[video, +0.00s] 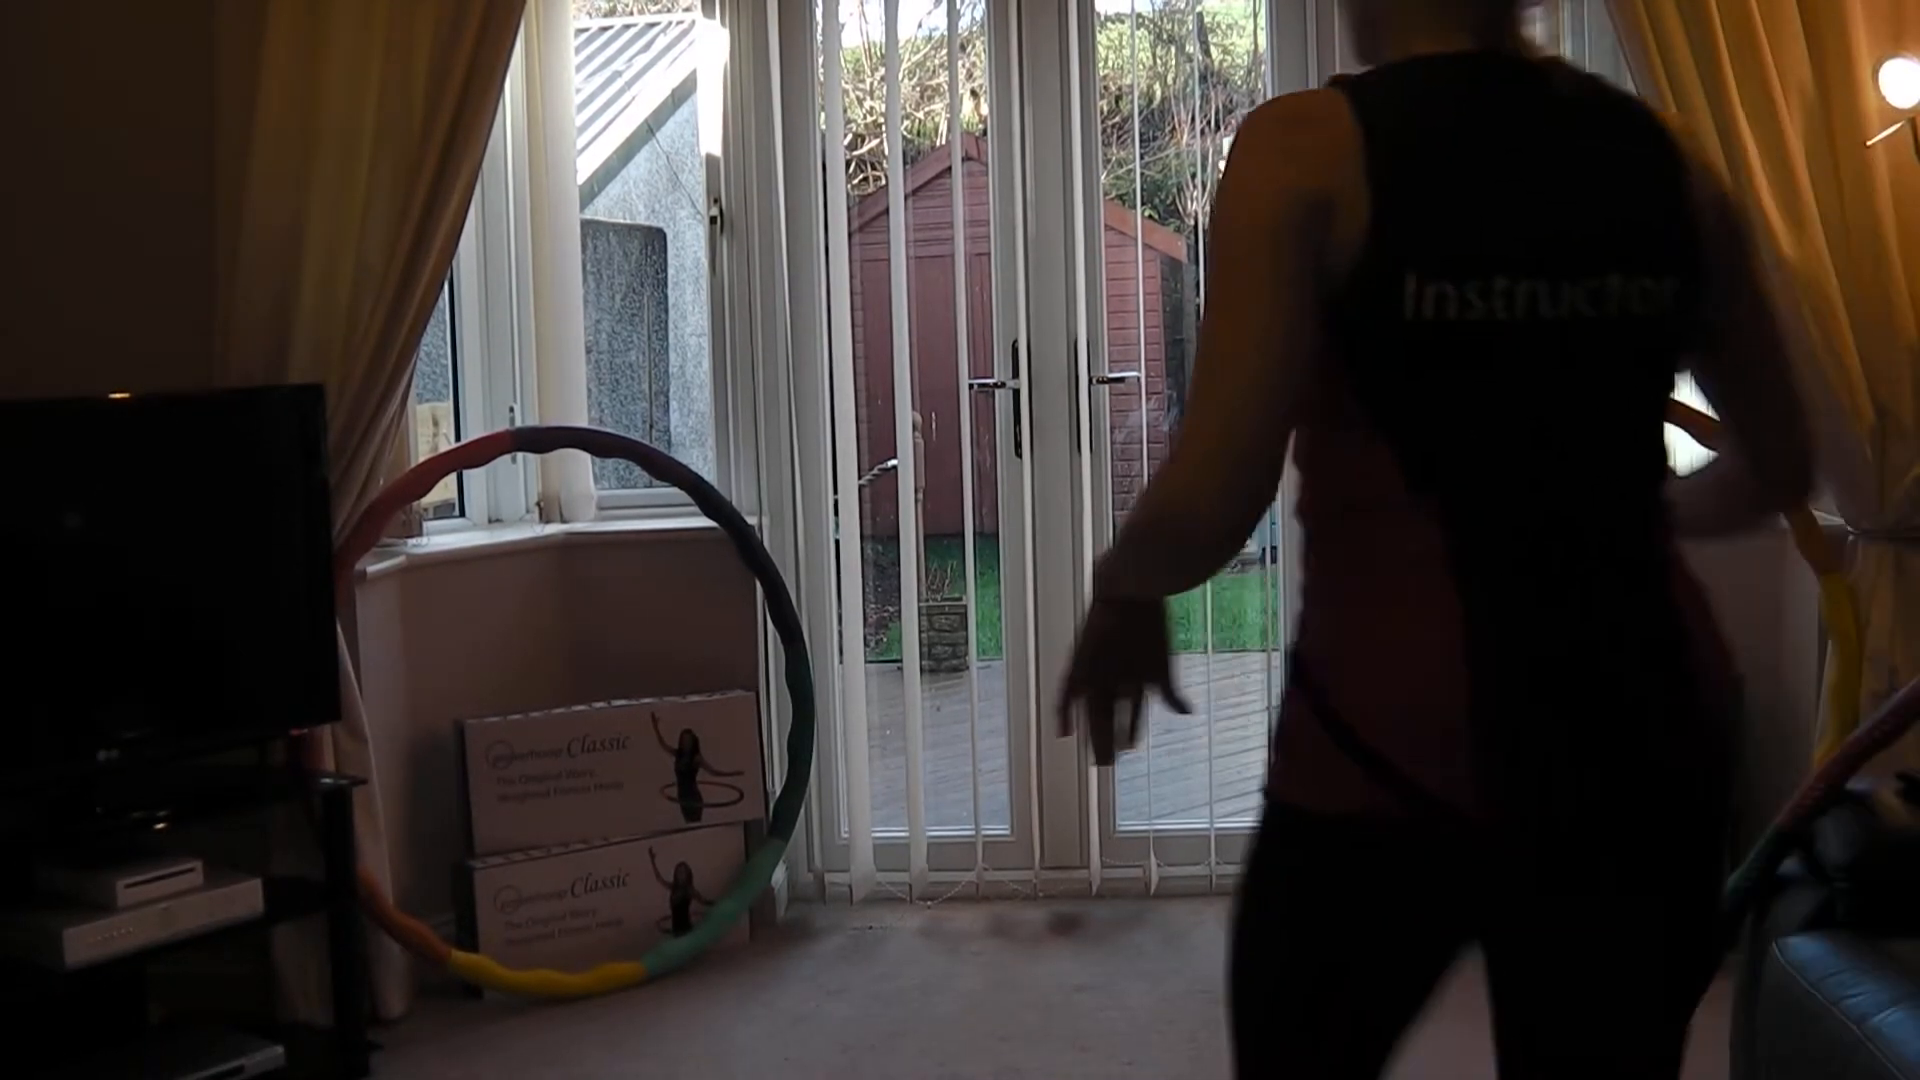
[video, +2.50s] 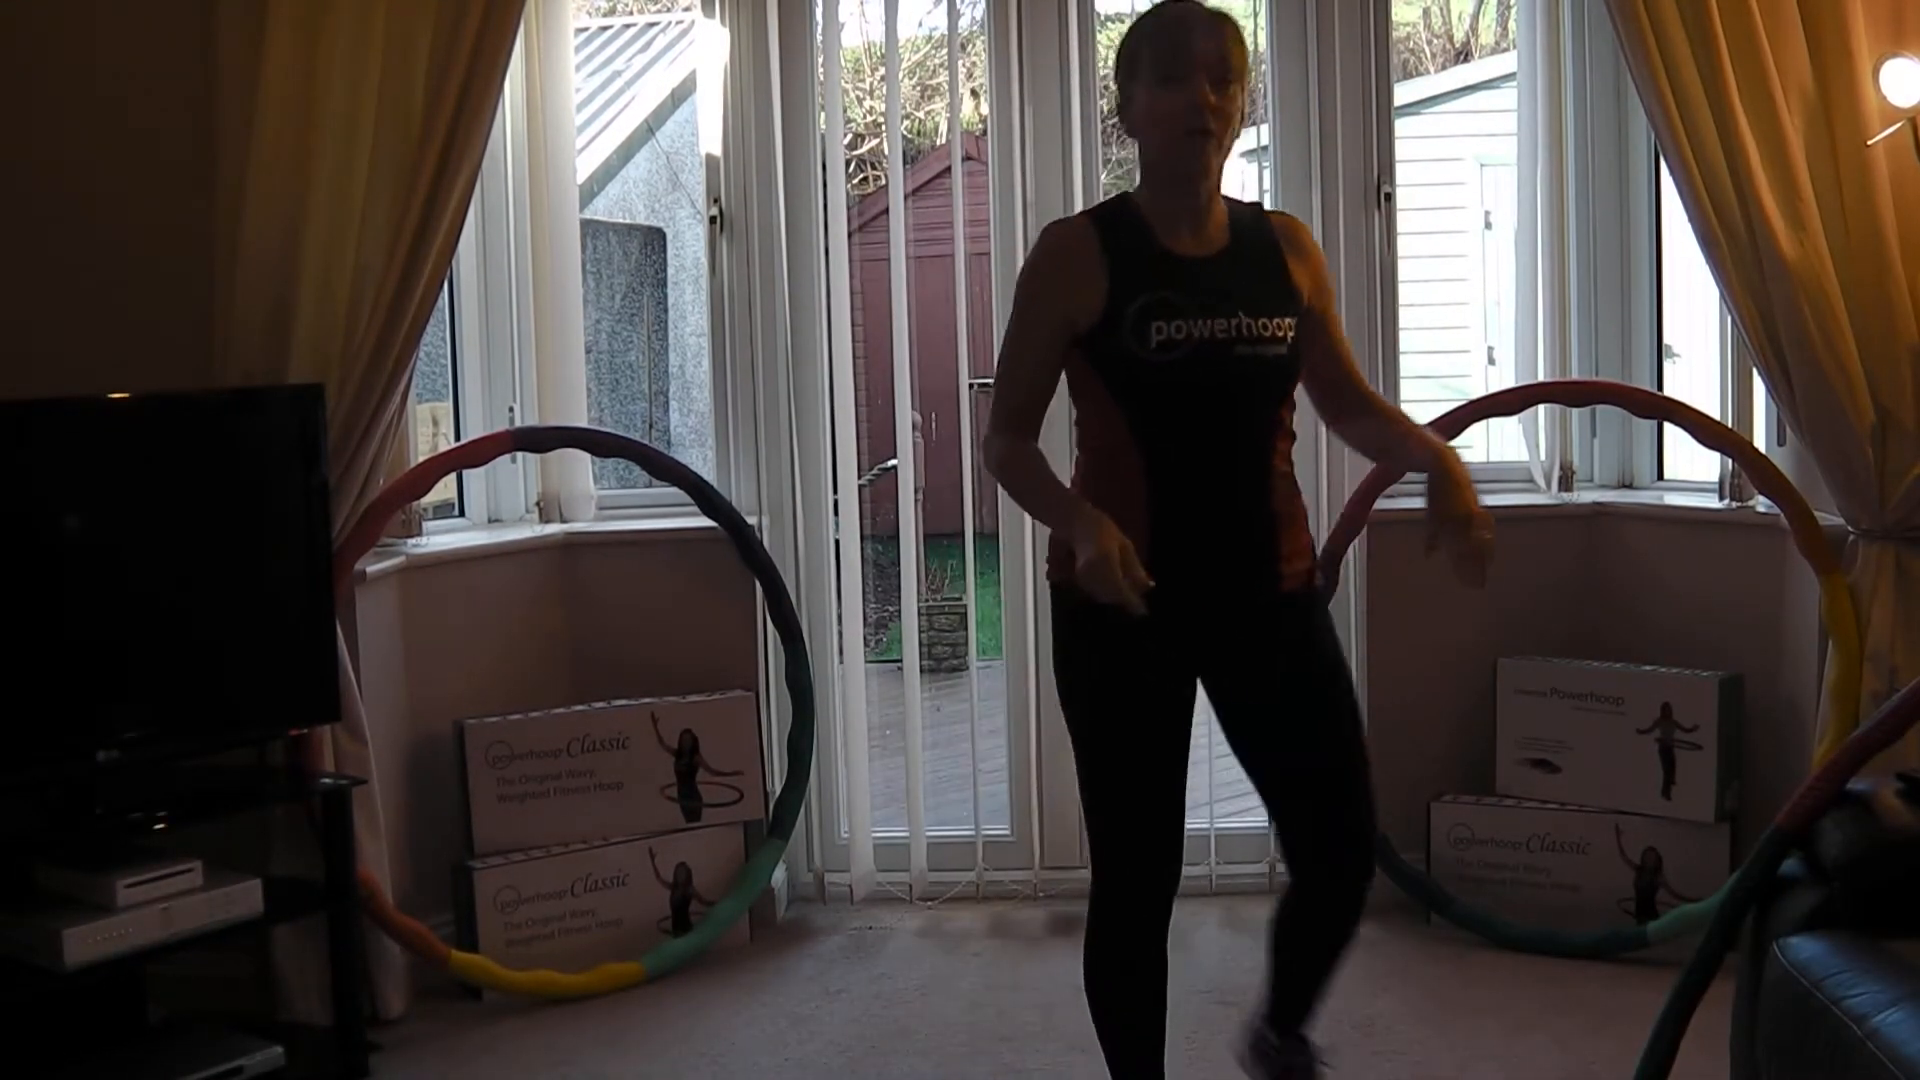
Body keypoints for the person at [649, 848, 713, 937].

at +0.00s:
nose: (681, 875)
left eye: (683, 872)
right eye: (679, 872)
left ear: (688, 874)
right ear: (675, 874)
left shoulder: (690, 889)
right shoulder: (673, 887)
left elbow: (702, 901)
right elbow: (659, 878)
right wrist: (652, 861)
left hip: (687, 926)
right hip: (675, 926)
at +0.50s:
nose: (681, 874)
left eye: (684, 871)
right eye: (679, 871)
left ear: (688, 873)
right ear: (675, 873)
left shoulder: (689, 889)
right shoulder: (673, 886)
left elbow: (702, 901)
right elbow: (658, 878)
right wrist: (653, 861)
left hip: (686, 922)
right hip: (675, 923)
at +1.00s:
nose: (681, 874)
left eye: (683, 871)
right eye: (679, 871)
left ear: (688, 873)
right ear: (675, 873)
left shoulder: (689, 889)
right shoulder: (673, 887)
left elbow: (703, 901)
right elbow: (659, 878)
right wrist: (653, 860)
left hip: (686, 923)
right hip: (675, 923)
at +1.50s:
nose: (681, 876)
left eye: (683, 873)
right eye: (679, 873)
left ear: (688, 874)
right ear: (675, 874)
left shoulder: (690, 889)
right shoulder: (673, 887)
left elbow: (703, 901)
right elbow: (658, 878)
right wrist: (653, 861)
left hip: (686, 923)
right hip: (675, 923)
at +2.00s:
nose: (681, 876)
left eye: (683, 873)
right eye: (678, 873)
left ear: (688, 874)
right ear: (675, 874)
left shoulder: (690, 889)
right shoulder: (673, 887)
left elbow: (702, 902)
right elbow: (658, 878)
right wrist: (652, 861)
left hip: (686, 924)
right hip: (675, 924)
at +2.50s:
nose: (681, 876)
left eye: (683, 873)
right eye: (678, 873)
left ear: (688, 875)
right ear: (675, 874)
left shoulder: (690, 889)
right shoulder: (673, 887)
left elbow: (702, 901)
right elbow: (658, 878)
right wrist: (652, 861)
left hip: (686, 924)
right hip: (675, 924)